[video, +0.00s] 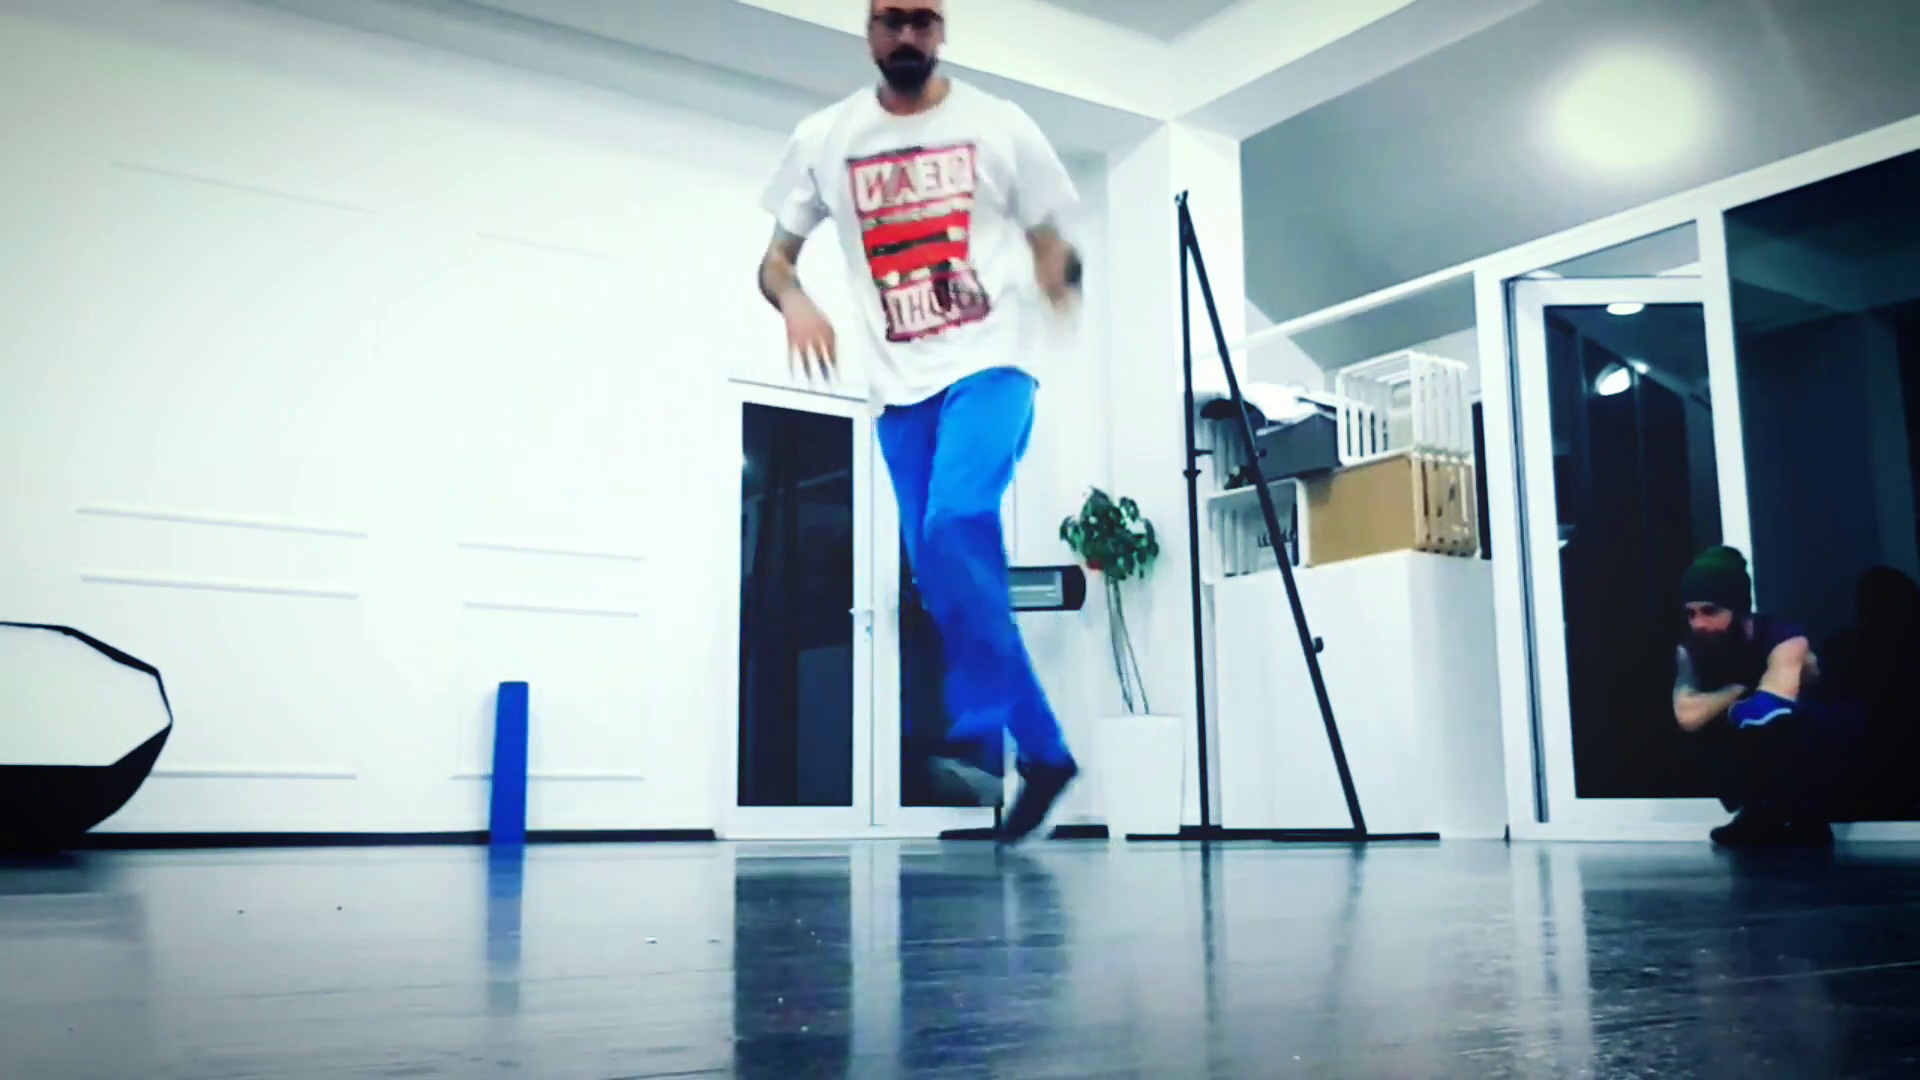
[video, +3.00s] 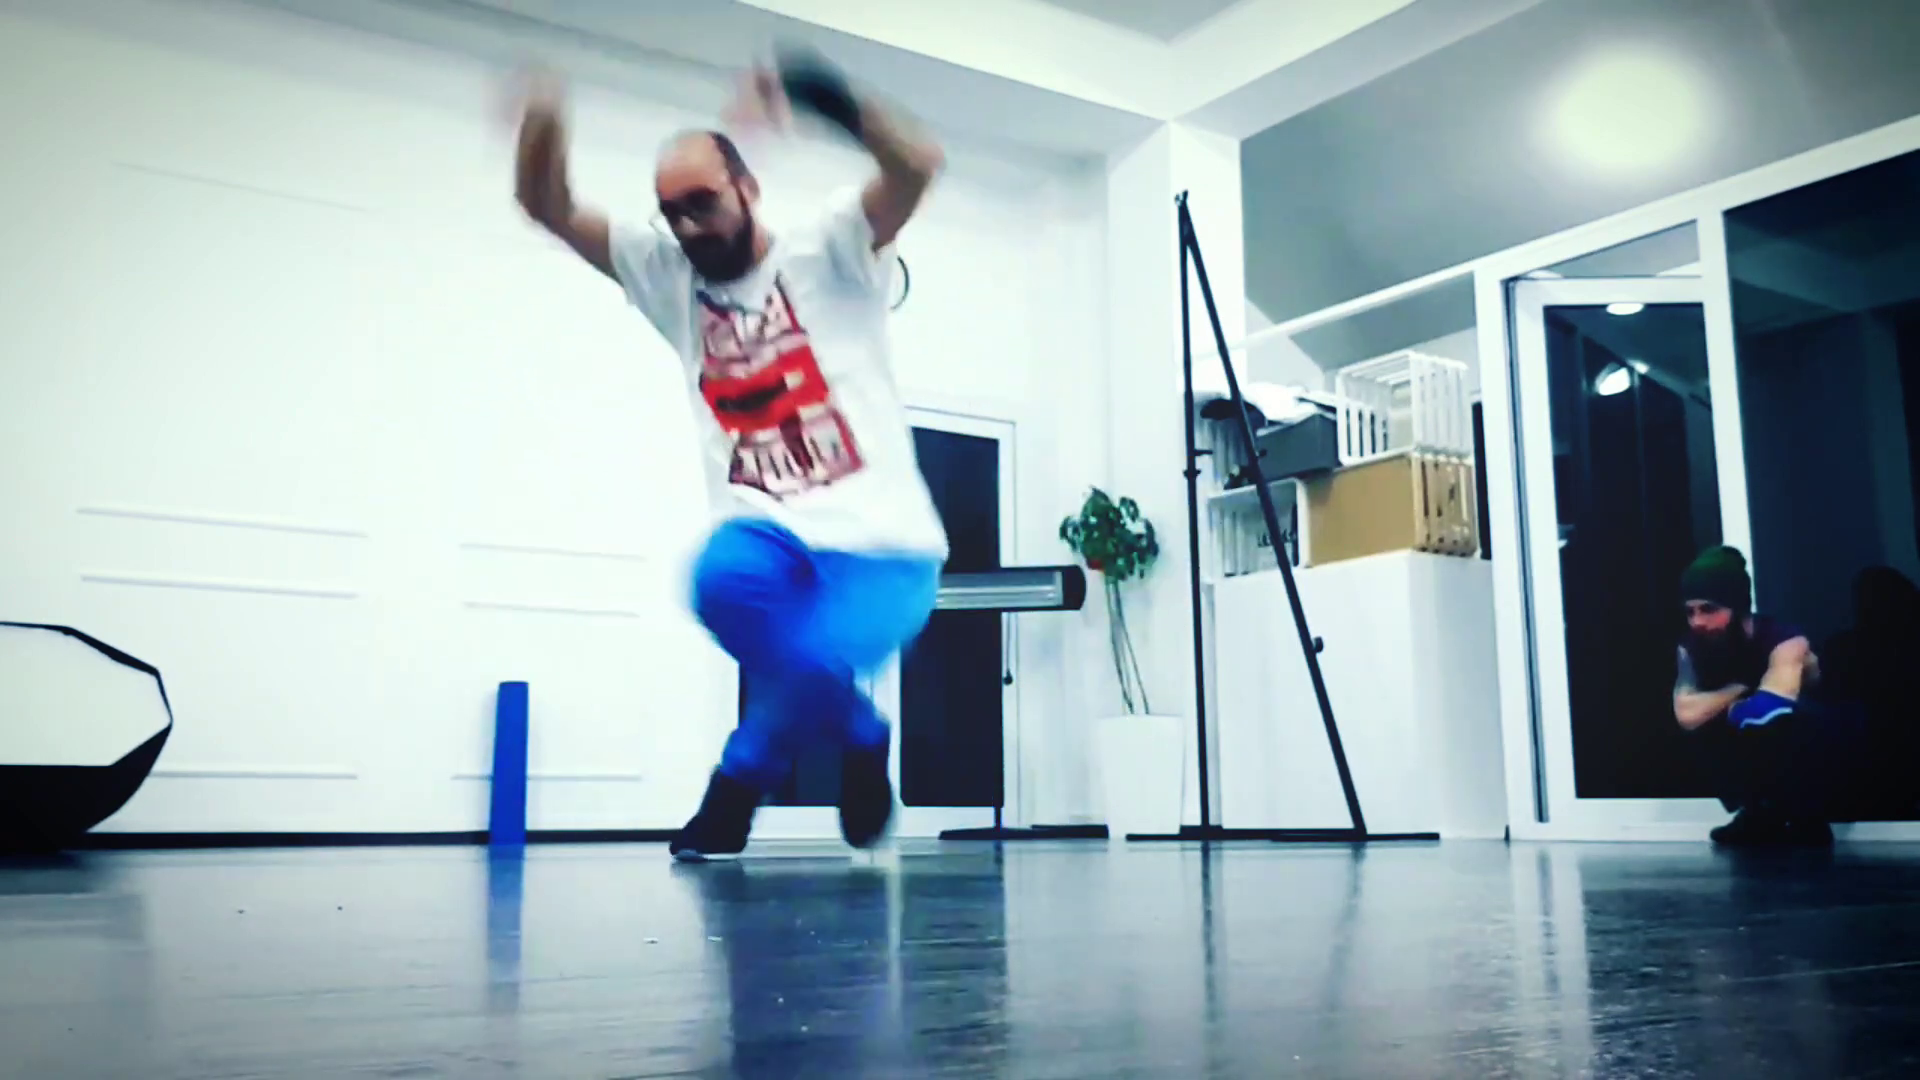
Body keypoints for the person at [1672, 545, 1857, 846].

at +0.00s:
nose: (1698, 624)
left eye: (1709, 612)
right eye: (1691, 614)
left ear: (1738, 608)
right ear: (1685, 613)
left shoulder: (1782, 639)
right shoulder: (1690, 652)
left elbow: (1772, 706)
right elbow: (1687, 715)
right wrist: (1738, 690)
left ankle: (1805, 820)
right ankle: (1756, 813)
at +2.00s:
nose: (1697, 622)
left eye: (1708, 610)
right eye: (1691, 612)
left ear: (1736, 605)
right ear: (1685, 611)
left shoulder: (1782, 638)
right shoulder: (1691, 651)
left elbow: (1773, 705)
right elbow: (1688, 715)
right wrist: (1737, 691)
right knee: (1704, 726)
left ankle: (1802, 819)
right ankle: (1755, 814)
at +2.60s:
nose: (1697, 623)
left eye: (1708, 611)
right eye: (1690, 613)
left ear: (1736, 607)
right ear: (1684, 612)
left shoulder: (1779, 637)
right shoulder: (1690, 652)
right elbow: (1688, 715)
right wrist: (1738, 690)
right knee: (1704, 727)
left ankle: (1802, 819)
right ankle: (1755, 814)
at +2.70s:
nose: (1697, 623)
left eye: (1708, 611)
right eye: (1690, 613)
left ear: (1736, 607)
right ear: (1684, 612)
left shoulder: (1777, 637)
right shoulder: (1691, 652)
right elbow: (1688, 715)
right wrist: (1738, 689)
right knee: (1704, 728)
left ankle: (1802, 819)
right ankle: (1755, 814)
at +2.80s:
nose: (1697, 624)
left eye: (1709, 611)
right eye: (1690, 613)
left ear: (1736, 606)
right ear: (1684, 612)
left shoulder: (1777, 638)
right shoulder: (1691, 652)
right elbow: (1688, 715)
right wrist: (1738, 689)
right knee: (1705, 727)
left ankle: (1802, 819)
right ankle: (1755, 814)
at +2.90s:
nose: (1697, 623)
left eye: (1708, 611)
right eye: (1690, 613)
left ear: (1736, 607)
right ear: (1684, 612)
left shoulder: (1780, 638)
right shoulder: (1691, 652)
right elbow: (1688, 715)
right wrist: (1739, 690)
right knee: (1704, 727)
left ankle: (1802, 818)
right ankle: (1754, 814)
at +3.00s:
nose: (1697, 622)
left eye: (1708, 610)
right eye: (1690, 612)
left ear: (1737, 607)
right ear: (1684, 611)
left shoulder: (1778, 637)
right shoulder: (1691, 650)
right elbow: (1687, 714)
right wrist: (1739, 689)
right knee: (1704, 726)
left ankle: (1802, 818)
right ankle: (1754, 814)